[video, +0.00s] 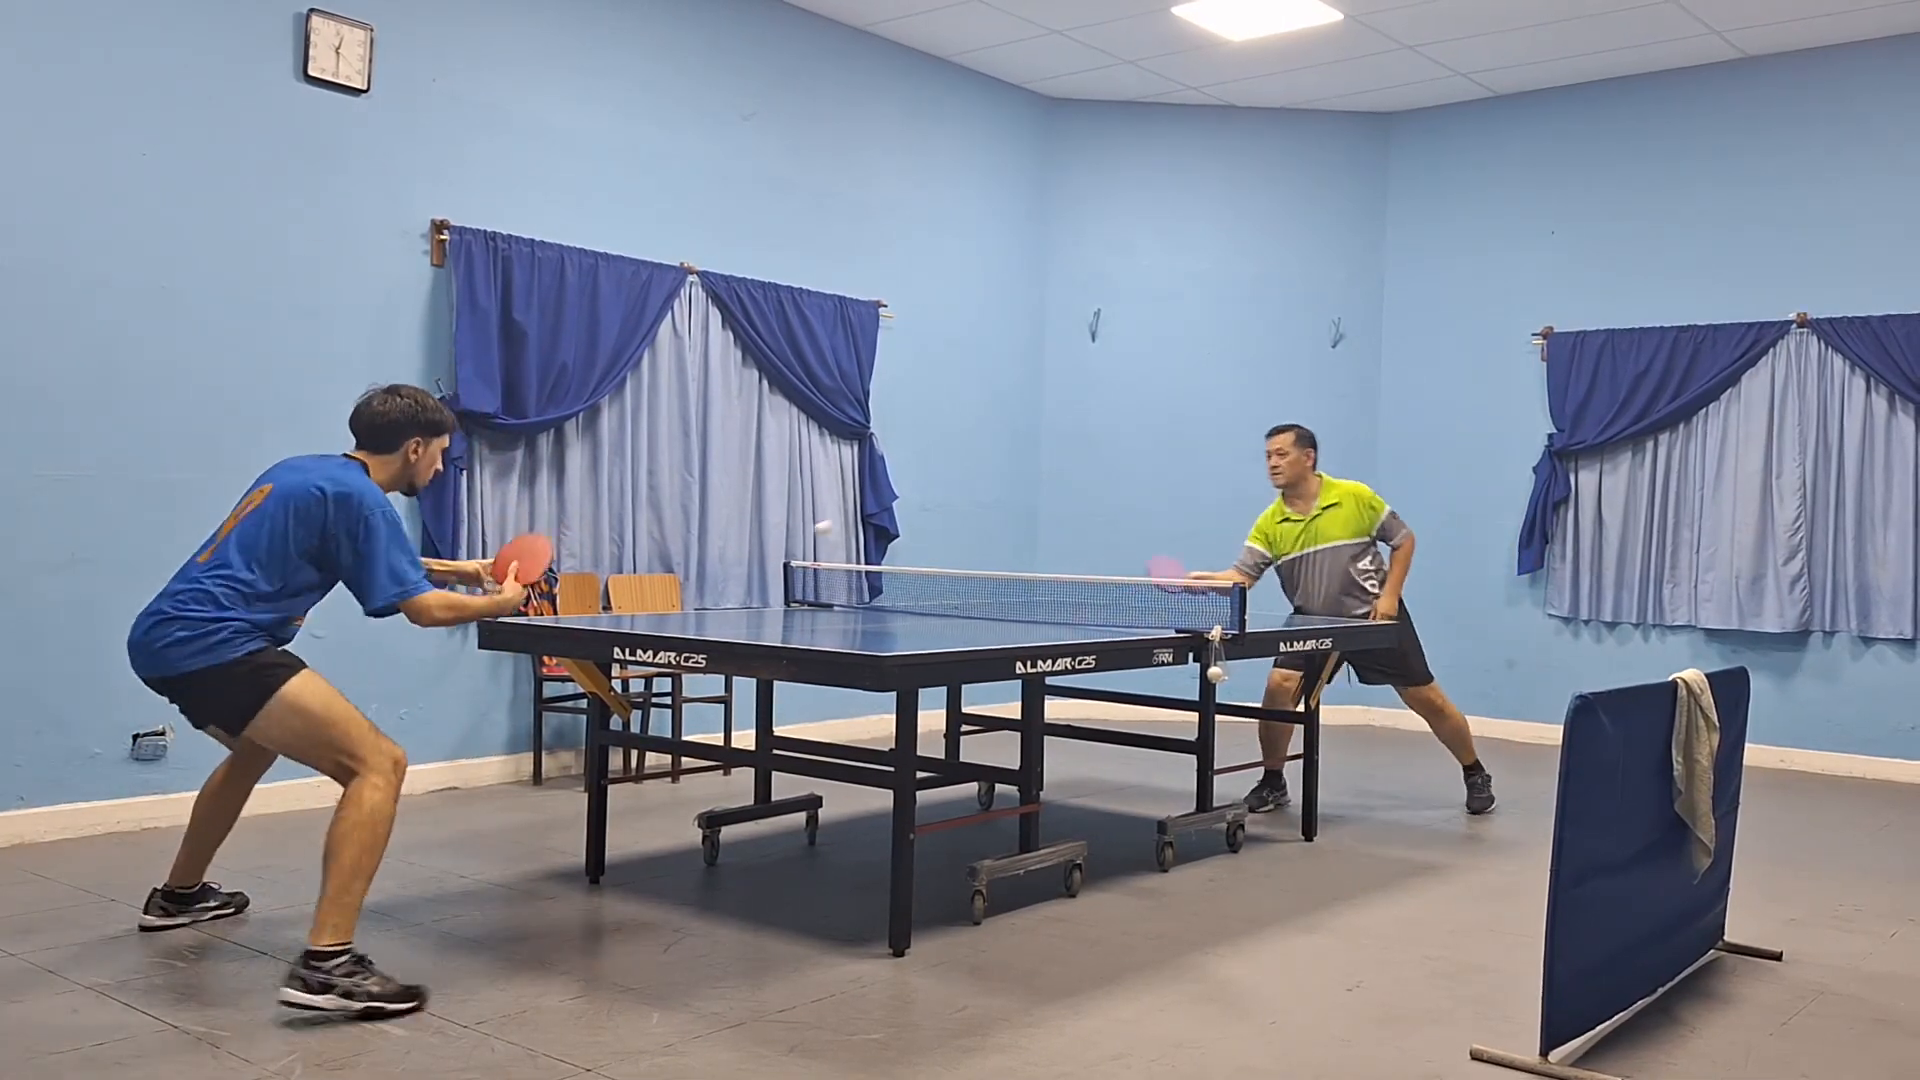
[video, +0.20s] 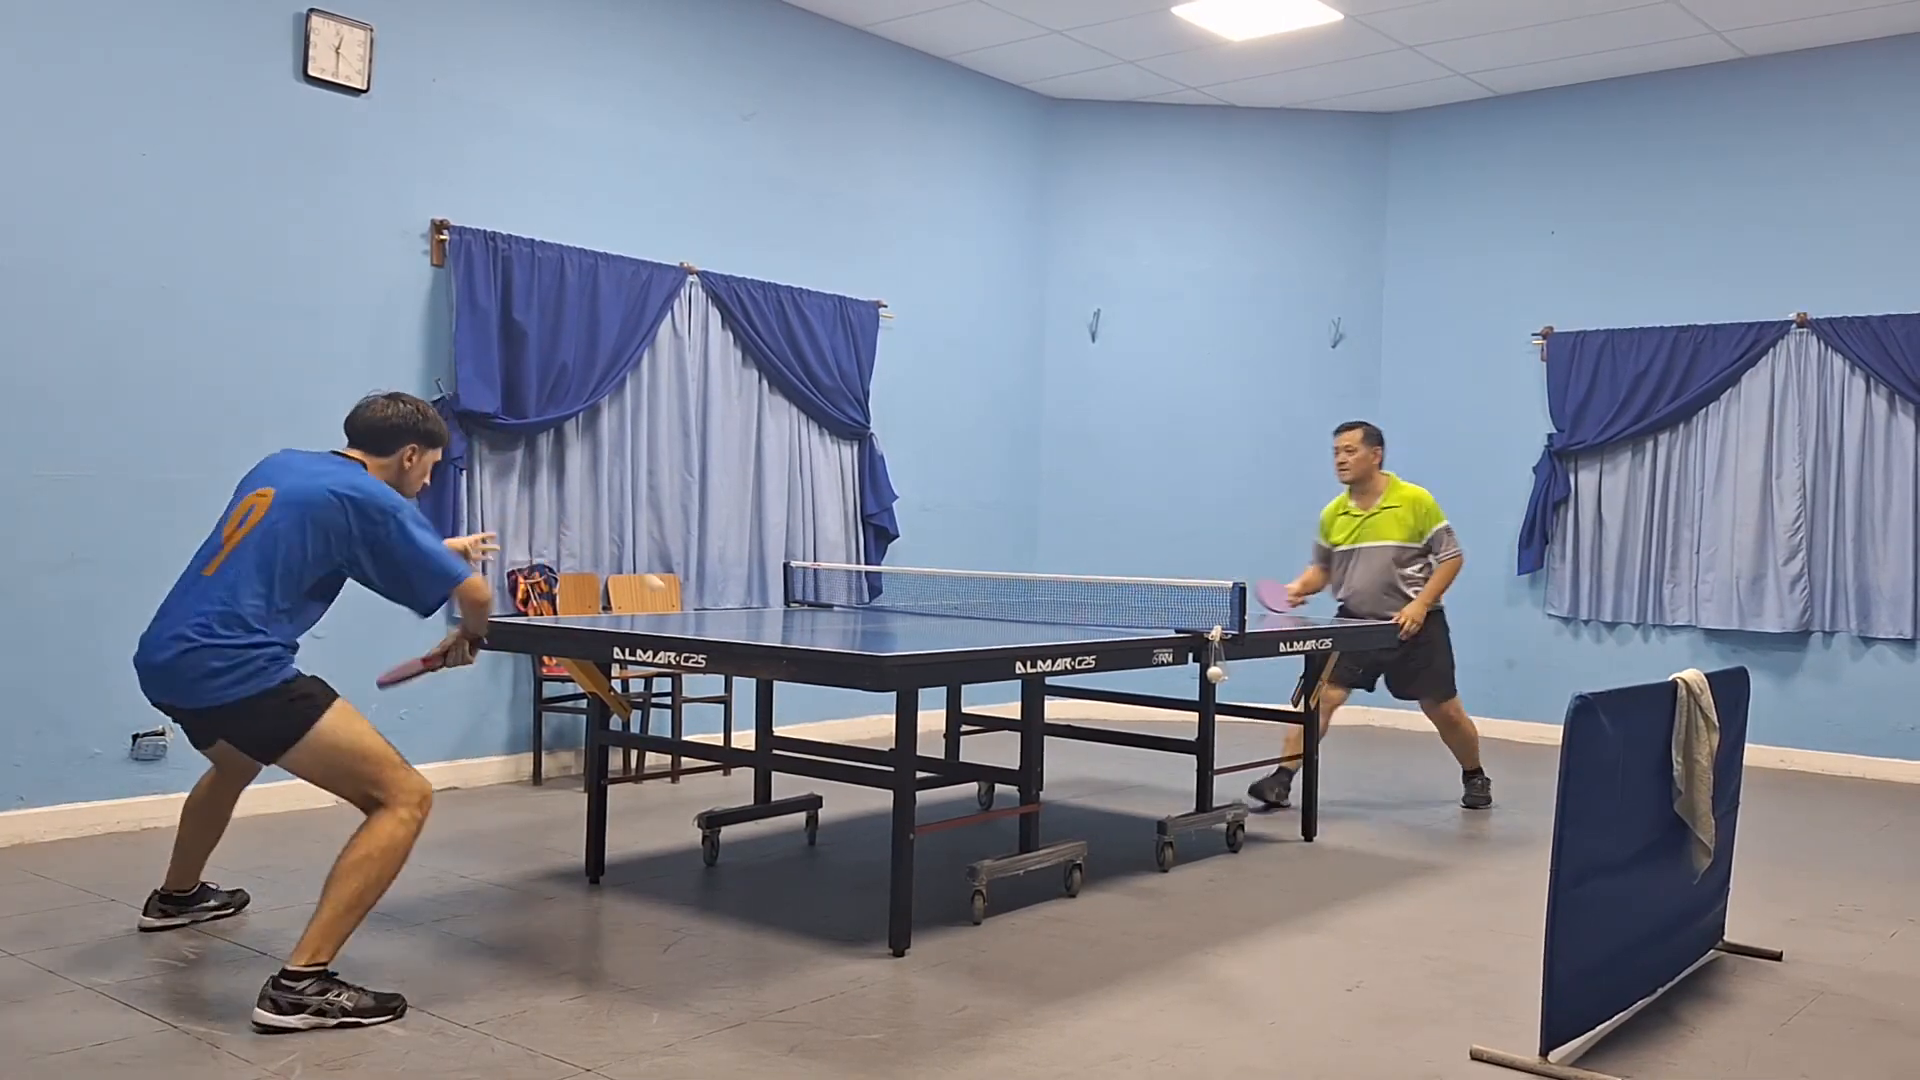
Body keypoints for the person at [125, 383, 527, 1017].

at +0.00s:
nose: (439, 469)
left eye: (443, 455)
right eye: (439, 454)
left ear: (377, 443)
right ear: (412, 449)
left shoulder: (307, 472)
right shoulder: (362, 502)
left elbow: (375, 557)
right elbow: (424, 608)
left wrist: (465, 570)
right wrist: (502, 601)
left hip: (161, 638)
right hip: (211, 642)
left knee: (258, 746)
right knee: (380, 764)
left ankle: (178, 894)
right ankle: (327, 960)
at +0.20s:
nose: (428, 482)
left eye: (433, 468)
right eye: (430, 467)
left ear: (355, 446)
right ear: (404, 455)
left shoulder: (278, 464)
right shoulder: (371, 502)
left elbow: (337, 537)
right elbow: (476, 595)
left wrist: (433, 549)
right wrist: (470, 634)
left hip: (164, 659)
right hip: (237, 667)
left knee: (237, 760)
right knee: (406, 798)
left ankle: (177, 892)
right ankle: (302, 980)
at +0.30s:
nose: (412, 465)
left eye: (415, 453)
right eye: (414, 452)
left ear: (339, 436)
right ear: (392, 445)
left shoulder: (258, 461)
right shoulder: (372, 501)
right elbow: (505, 545)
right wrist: (471, 591)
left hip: (168, 677)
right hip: (244, 691)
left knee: (259, 754)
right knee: (422, 808)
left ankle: (170, 897)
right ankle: (303, 980)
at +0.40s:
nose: (396, 446)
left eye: (397, 433)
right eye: (396, 433)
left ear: (318, 432)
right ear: (373, 438)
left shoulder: (237, 469)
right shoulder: (354, 514)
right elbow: (491, 539)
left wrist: (408, 551)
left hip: (165, 690)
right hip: (233, 701)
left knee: (272, 764)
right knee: (417, 807)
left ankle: (161, 907)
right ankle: (302, 981)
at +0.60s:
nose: (380, 404)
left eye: (380, 391)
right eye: (375, 392)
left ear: (311, 398)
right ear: (339, 398)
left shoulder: (239, 449)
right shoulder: (298, 466)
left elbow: (296, 560)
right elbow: (437, 495)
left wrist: (401, 597)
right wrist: (527, 421)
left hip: (144, 644)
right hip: (195, 649)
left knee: (247, 752)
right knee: (353, 780)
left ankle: (158, 906)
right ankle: (298, 979)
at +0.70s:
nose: (373, 372)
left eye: (372, 358)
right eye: (367, 358)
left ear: (308, 364)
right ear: (330, 363)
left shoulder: (241, 416)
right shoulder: (276, 428)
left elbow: (267, 535)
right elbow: (383, 495)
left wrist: (368, 577)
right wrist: (488, 440)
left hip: (142, 597)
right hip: (164, 603)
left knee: (236, 740)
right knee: (292, 755)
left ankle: (147, 886)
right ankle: (256, 962)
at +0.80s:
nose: (352, 368)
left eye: (352, 353)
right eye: (347, 353)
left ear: (300, 360)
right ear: (309, 359)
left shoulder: (246, 424)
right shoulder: (236, 422)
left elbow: (268, 538)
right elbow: (296, 512)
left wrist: (356, 566)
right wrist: (420, 485)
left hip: (158, 601)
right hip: (145, 606)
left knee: (225, 746)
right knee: (254, 764)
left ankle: (129, 865)